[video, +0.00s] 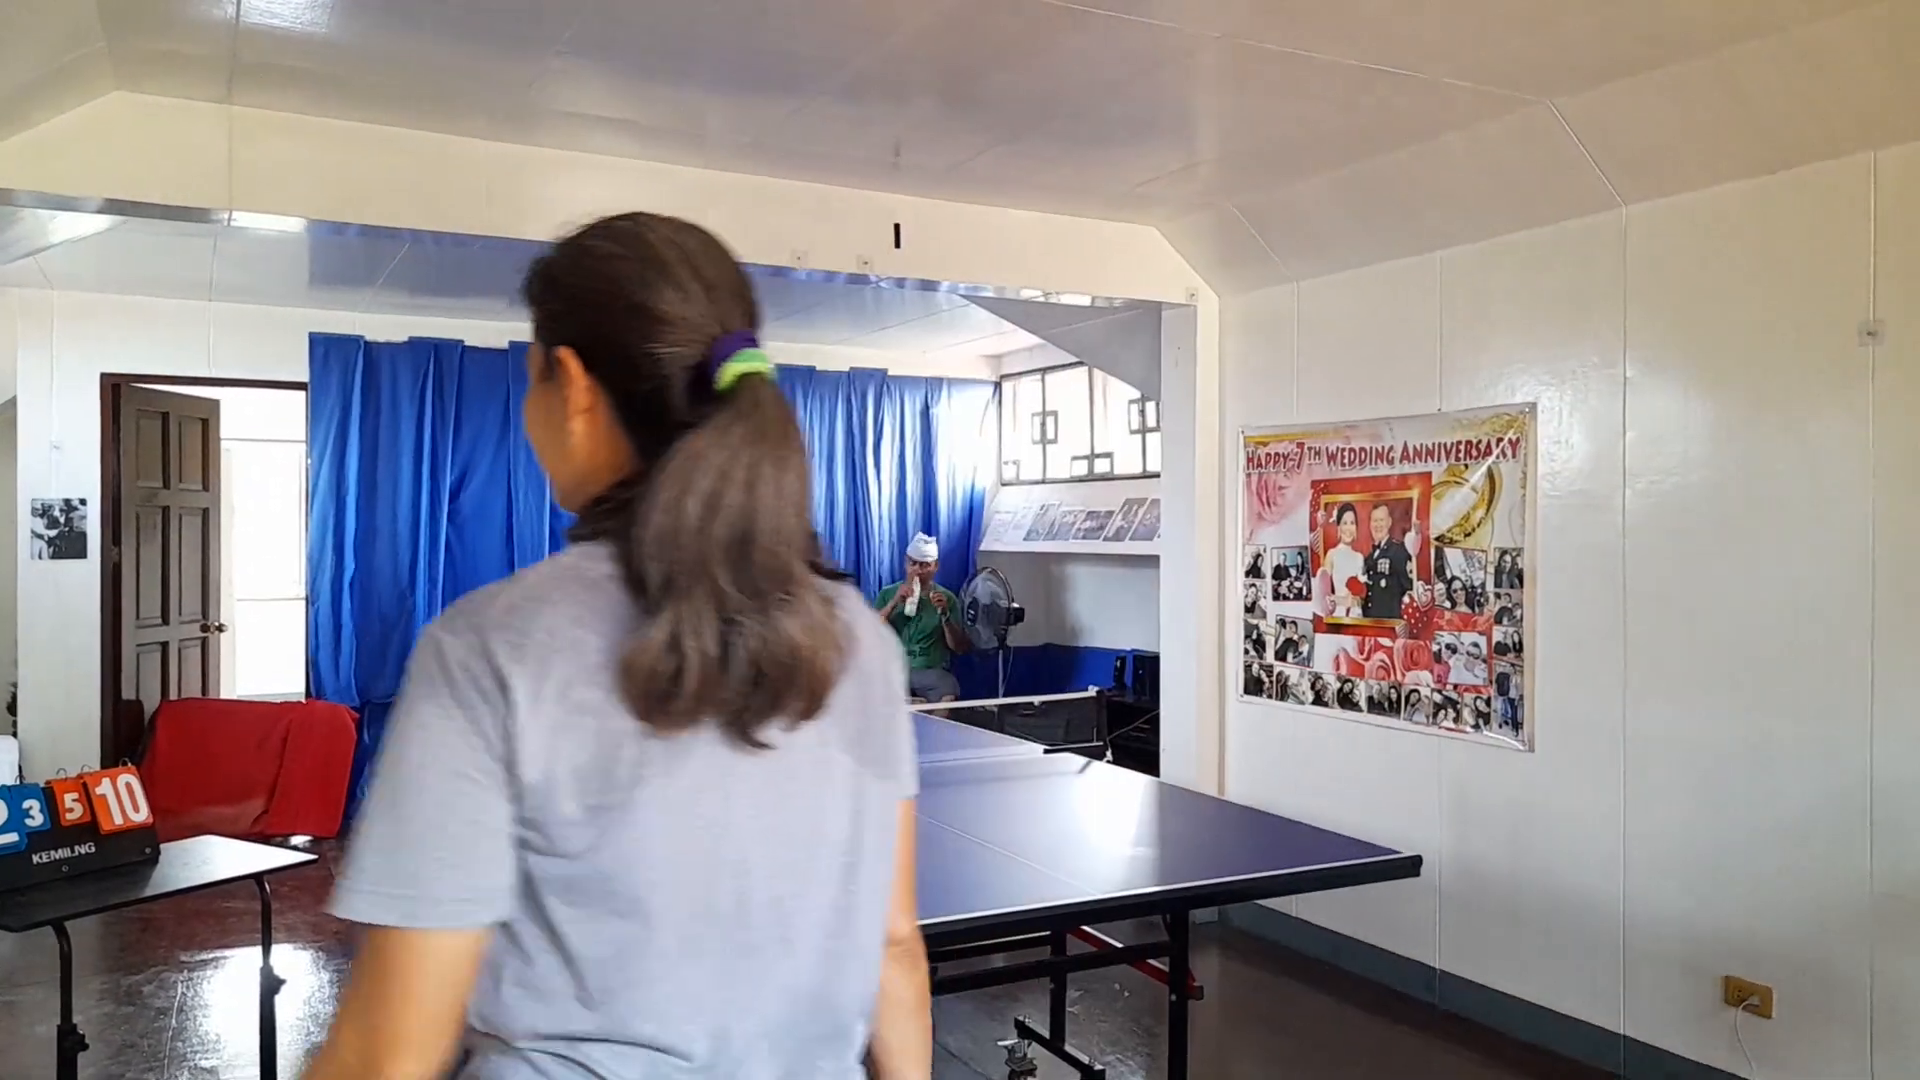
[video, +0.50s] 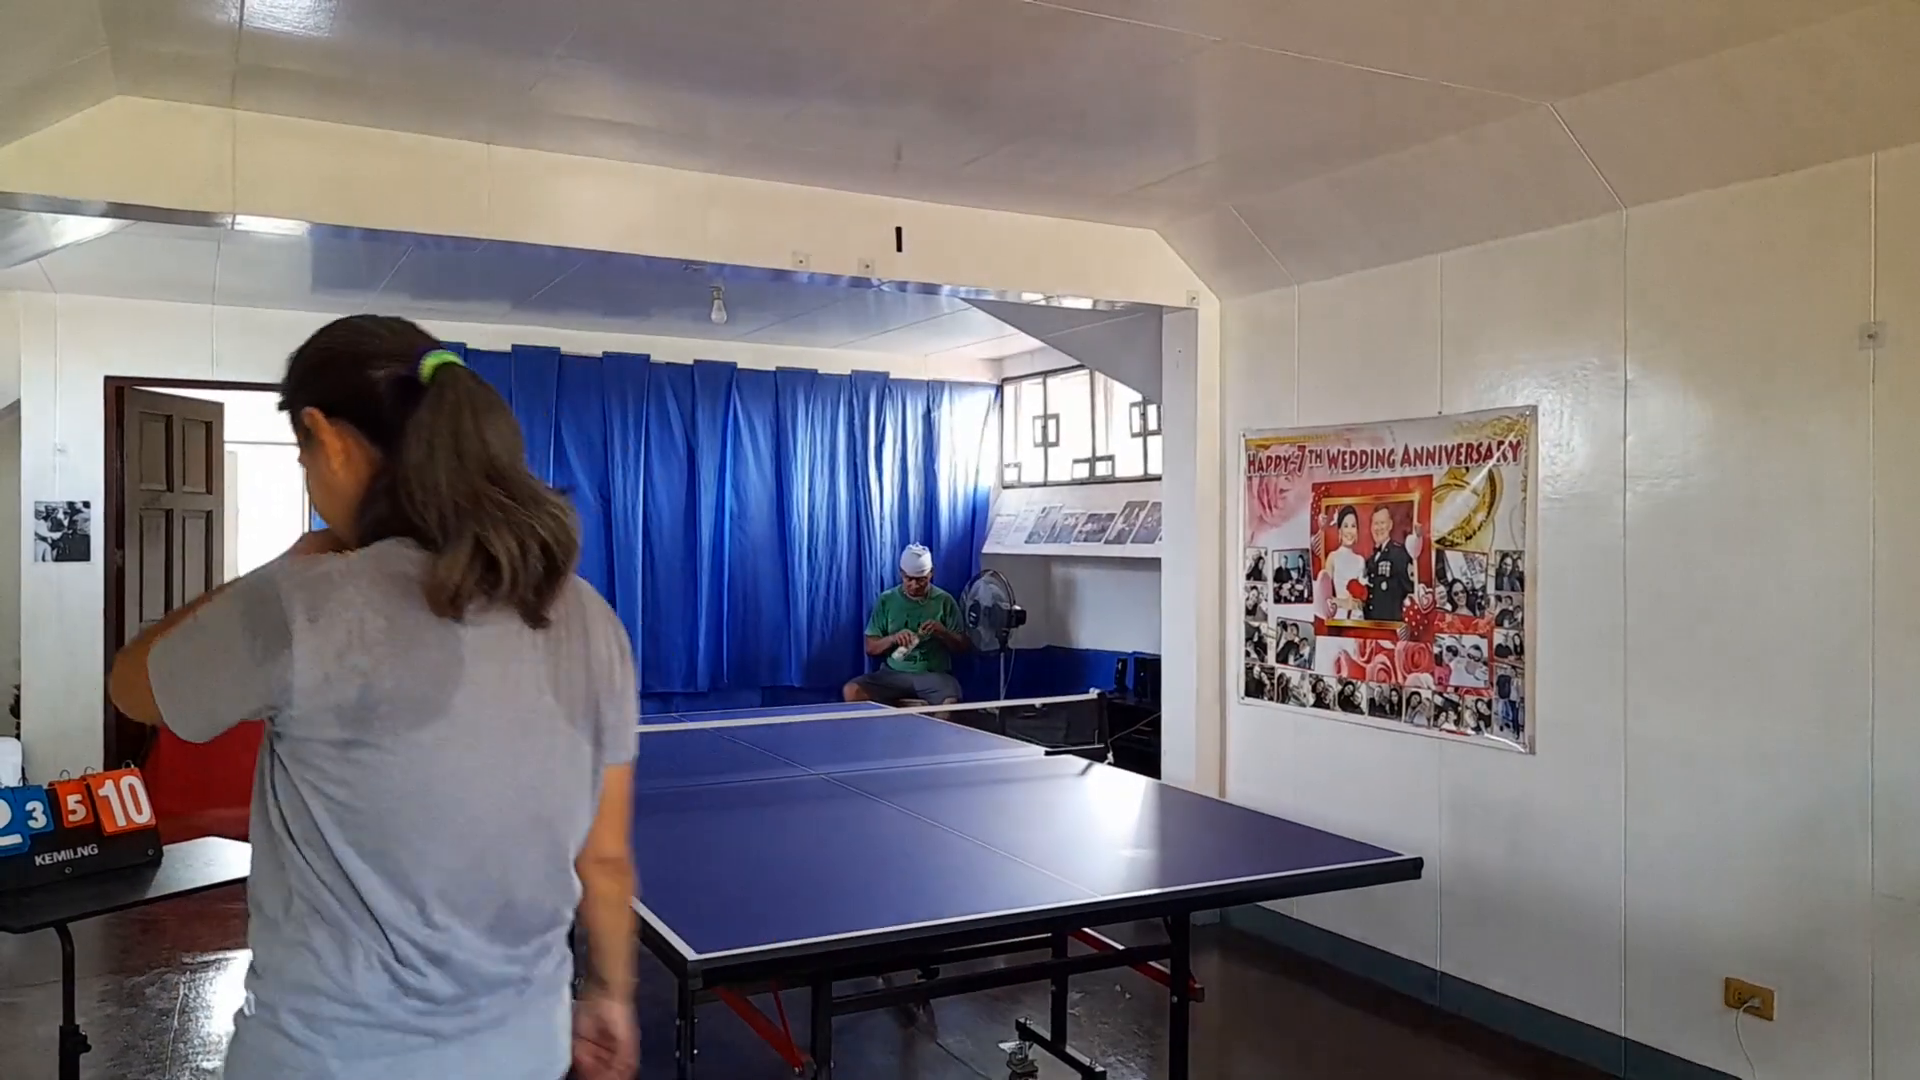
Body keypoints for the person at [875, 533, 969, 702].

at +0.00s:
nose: (918, 570)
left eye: (925, 565)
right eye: (913, 564)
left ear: (936, 566)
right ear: (906, 564)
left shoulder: (947, 599)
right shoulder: (887, 594)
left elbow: (959, 648)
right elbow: (870, 630)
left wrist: (944, 615)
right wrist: (894, 603)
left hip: (929, 670)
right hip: (892, 668)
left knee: (947, 694)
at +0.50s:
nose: (914, 585)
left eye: (921, 580)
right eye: (909, 579)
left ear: (931, 574)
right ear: (901, 573)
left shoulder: (944, 601)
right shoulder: (886, 600)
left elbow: (962, 645)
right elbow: (870, 647)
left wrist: (942, 632)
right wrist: (892, 638)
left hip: (932, 675)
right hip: (892, 674)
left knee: (950, 702)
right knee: (852, 691)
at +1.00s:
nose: (928, 583)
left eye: (933, 578)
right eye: (922, 578)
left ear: (939, 575)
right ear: (907, 573)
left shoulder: (947, 602)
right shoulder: (887, 602)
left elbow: (962, 645)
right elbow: (873, 648)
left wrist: (950, 635)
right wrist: (900, 644)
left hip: (934, 677)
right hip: (893, 675)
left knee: (950, 703)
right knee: (852, 691)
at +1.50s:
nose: (942, 579)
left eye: (946, 573)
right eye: (937, 572)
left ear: (951, 572)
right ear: (920, 567)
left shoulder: (953, 602)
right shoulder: (894, 595)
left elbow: (959, 637)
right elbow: (880, 641)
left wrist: (956, 642)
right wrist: (918, 636)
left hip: (933, 672)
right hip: (895, 670)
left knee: (949, 703)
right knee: (852, 689)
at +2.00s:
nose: (949, 583)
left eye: (954, 578)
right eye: (944, 577)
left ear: (958, 577)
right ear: (927, 571)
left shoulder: (960, 604)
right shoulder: (901, 596)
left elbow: (996, 633)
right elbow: (875, 631)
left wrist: (1039, 637)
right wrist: (874, 659)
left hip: (937, 676)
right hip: (900, 672)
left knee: (951, 704)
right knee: (853, 689)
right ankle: (876, 740)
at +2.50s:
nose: (951, 588)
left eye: (955, 583)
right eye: (945, 582)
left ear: (960, 582)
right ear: (929, 577)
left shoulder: (963, 607)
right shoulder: (905, 598)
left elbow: (1005, 631)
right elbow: (878, 631)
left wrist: (1048, 648)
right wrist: (872, 660)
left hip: (938, 678)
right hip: (900, 672)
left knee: (953, 706)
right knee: (854, 690)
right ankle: (876, 745)